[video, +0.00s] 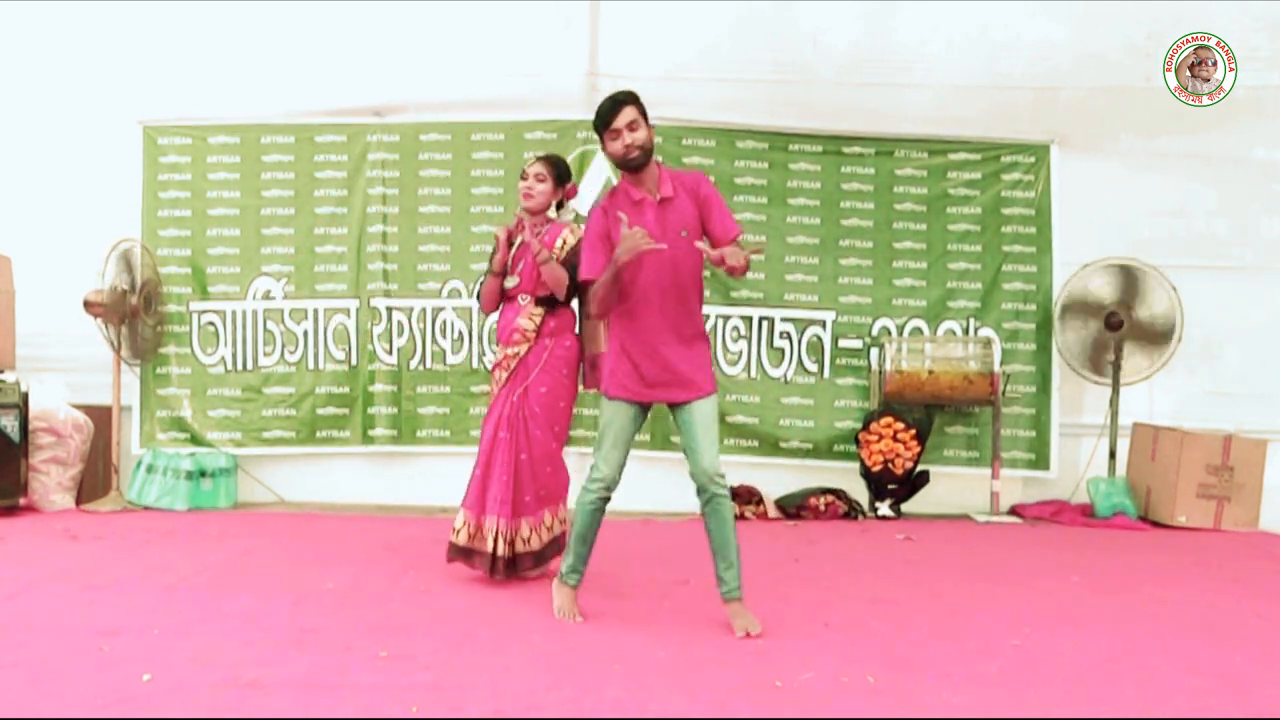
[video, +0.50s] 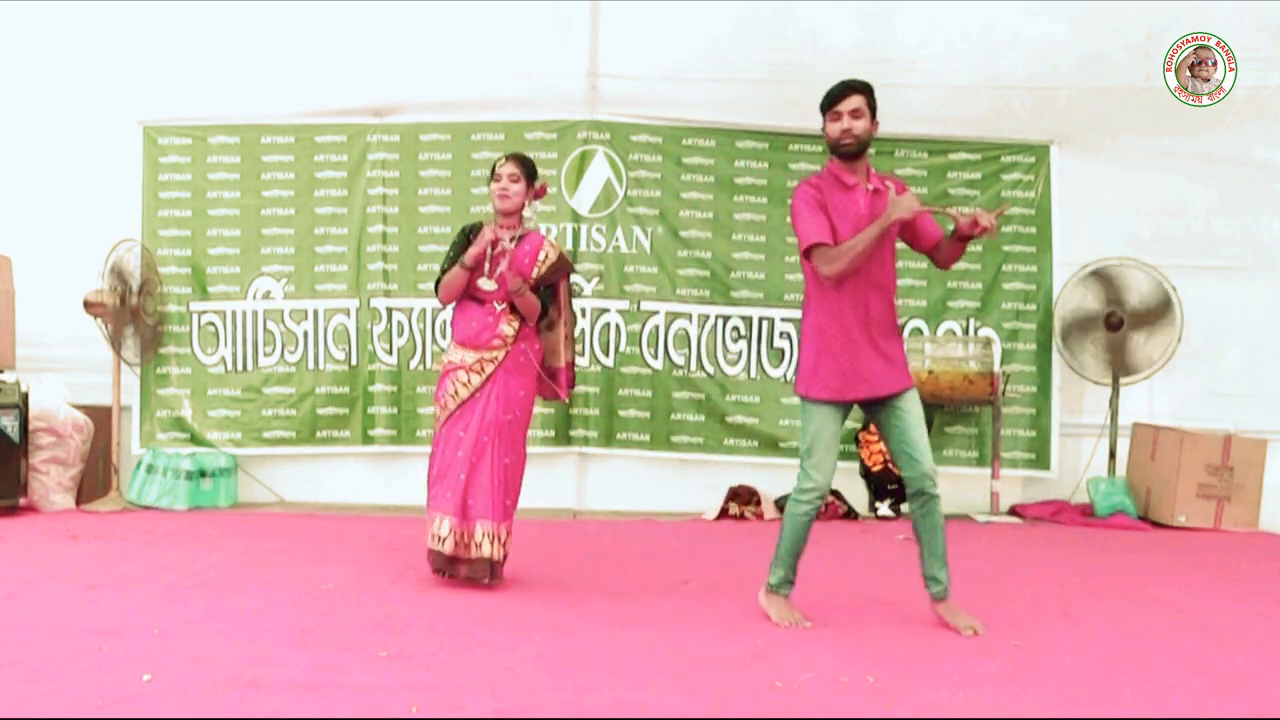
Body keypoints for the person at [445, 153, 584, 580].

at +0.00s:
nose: (527, 185)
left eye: (539, 180)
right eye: (525, 178)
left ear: (560, 192)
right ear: (518, 186)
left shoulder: (569, 237)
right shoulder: (511, 235)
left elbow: (571, 293)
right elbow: (487, 304)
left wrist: (540, 253)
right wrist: (499, 260)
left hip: (554, 344)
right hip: (514, 344)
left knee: (538, 439)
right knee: (501, 434)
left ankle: (539, 542)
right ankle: (498, 541)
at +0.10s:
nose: (519, 193)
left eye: (531, 188)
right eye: (516, 185)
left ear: (550, 200)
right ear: (509, 192)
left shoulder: (562, 245)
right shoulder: (499, 245)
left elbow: (561, 298)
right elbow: (480, 311)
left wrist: (530, 258)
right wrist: (491, 266)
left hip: (546, 352)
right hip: (504, 352)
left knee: (526, 442)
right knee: (488, 437)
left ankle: (515, 543)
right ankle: (481, 542)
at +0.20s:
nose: (510, 203)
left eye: (521, 198)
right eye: (506, 195)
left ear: (539, 210)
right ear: (499, 203)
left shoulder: (553, 256)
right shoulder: (488, 254)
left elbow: (545, 311)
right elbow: (466, 320)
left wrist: (517, 270)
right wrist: (482, 275)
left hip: (536, 364)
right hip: (494, 363)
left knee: (510, 446)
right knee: (460, 441)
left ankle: (502, 548)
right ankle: (463, 545)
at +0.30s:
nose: (505, 194)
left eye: (517, 188)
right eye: (502, 186)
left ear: (535, 202)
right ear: (494, 195)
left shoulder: (548, 251)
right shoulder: (482, 245)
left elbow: (542, 312)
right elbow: (457, 308)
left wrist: (516, 274)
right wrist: (477, 264)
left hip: (528, 358)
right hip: (485, 356)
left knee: (511, 447)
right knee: (465, 441)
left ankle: (502, 549)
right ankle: (464, 548)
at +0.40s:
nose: (503, 185)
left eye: (513, 179)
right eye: (498, 178)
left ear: (531, 191)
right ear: (490, 186)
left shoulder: (544, 246)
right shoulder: (474, 234)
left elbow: (539, 309)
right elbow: (448, 293)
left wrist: (514, 272)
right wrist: (472, 251)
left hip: (518, 355)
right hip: (470, 351)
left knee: (501, 444)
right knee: (461, 440)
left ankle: (490, 547)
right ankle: (459, 545)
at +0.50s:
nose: (503, 186)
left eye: (513, 180)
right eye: (497, 179)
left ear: (531, 192)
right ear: (489, 188)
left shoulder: (543, 251)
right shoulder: (470, 236)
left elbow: (540, 315)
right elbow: (444, 294)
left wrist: (512, 277)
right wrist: (474, 254)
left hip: (512, 359)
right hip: (464, 355)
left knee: (494, 446)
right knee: (455, 443)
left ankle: (484, 549)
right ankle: (453, 544)